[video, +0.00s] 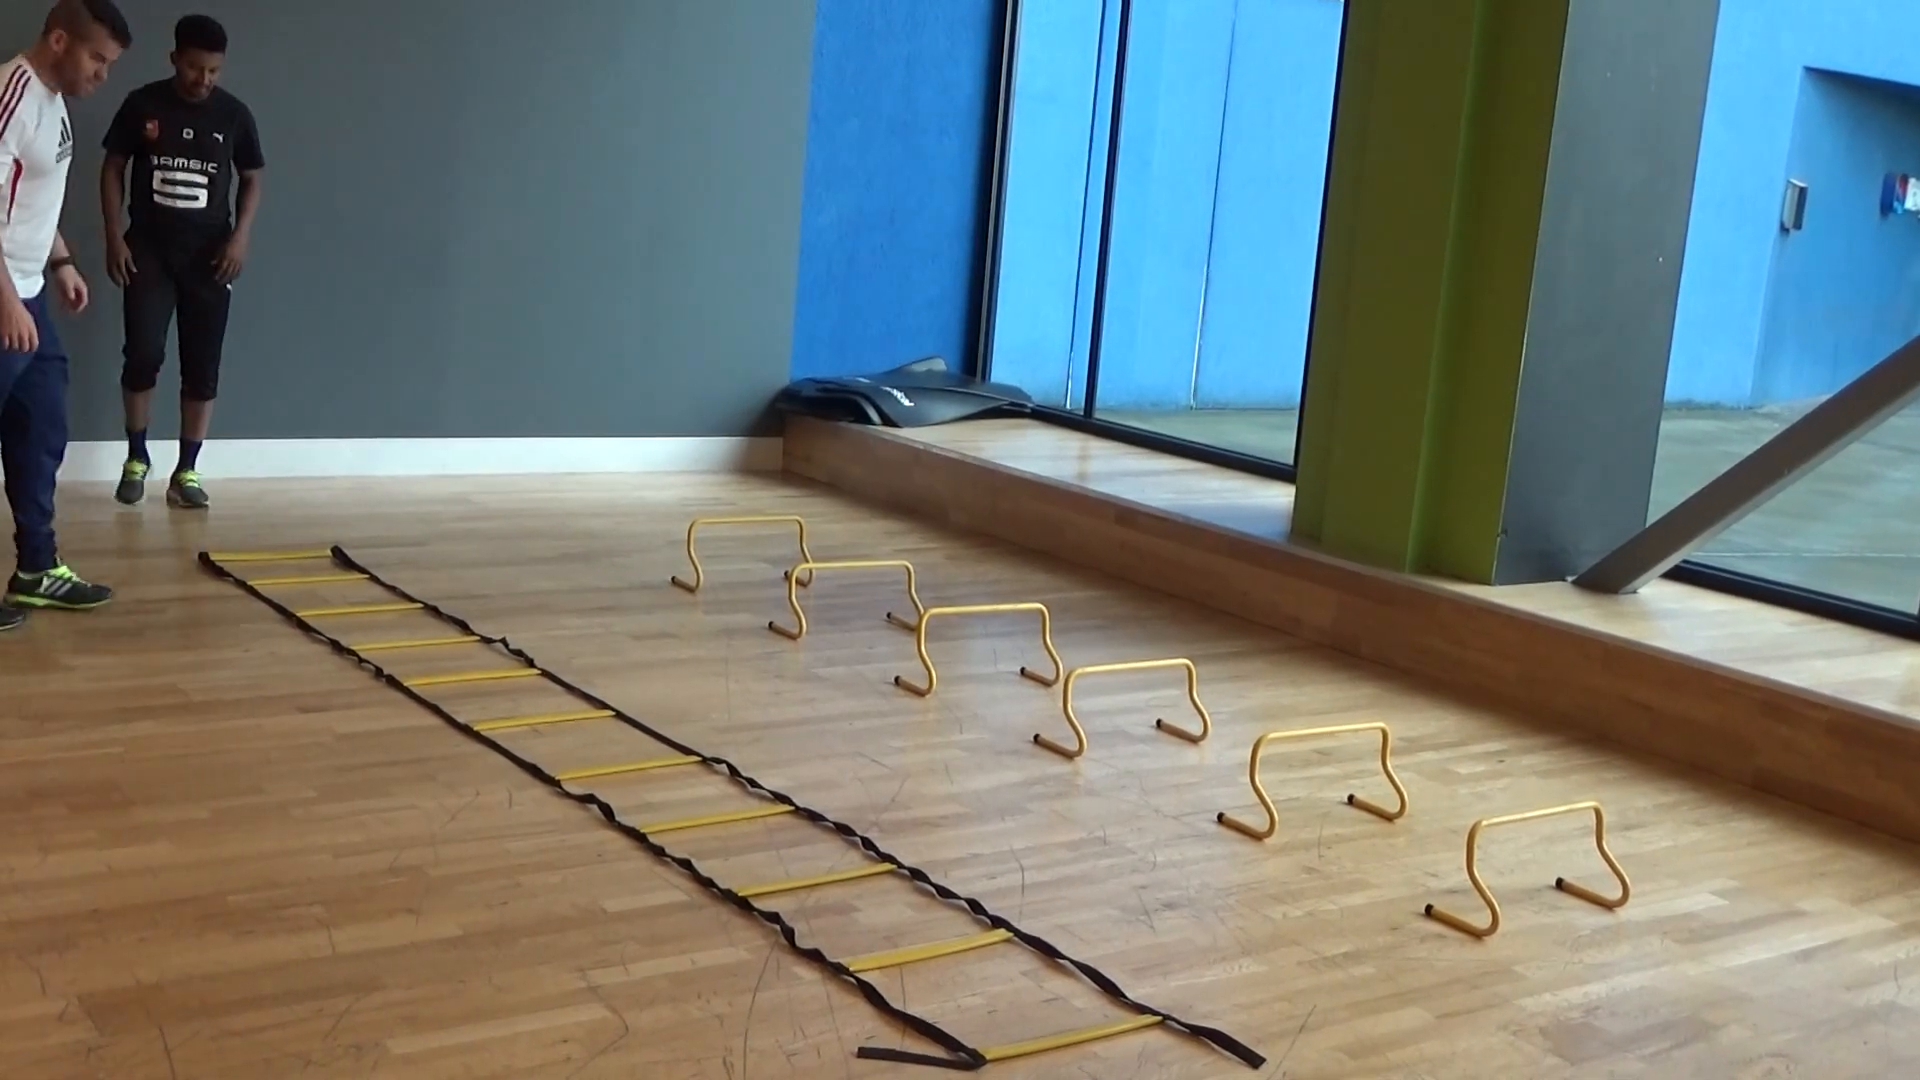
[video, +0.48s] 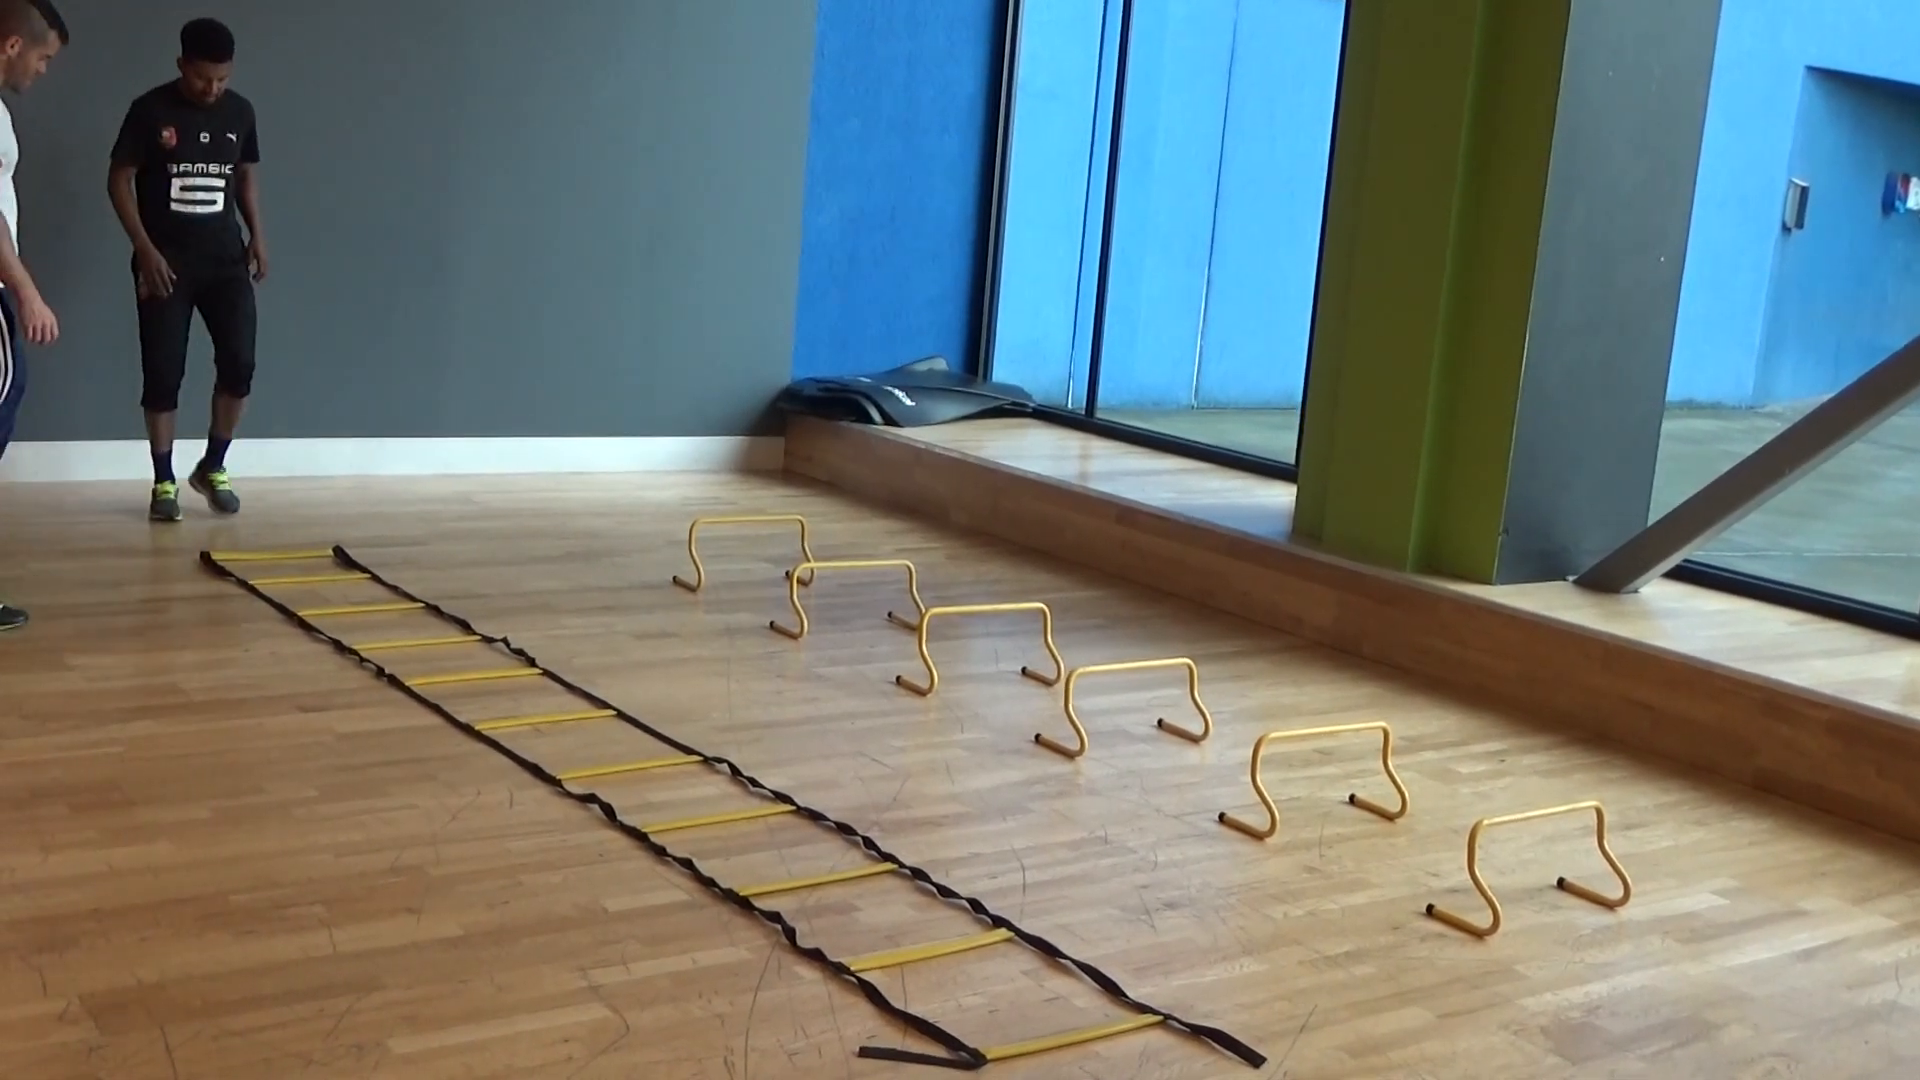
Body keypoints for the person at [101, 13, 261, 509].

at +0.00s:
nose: (205, 79)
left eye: (214, 70)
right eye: (196, 68)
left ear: (224, 65)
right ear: (175, 59)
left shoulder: (235, 114)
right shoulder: (143, 104)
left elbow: (252, 179)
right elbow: (112, 169)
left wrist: (240, 238)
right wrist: (114, 237)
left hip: (210, 256)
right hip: (149, 252)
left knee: (202, 367)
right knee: (143, 358)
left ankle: (187, 473)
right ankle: (137, 459)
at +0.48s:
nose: (213, 88)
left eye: (222, 78)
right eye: (203, 78)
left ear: (232, 68)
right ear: (182, 64)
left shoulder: (240, 112)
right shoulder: (149, 110)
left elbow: (245, 178)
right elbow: (119, 181)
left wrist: (256, 237)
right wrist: (144, 249)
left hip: (224, 260)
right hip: (164, 262)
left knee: (240, 363)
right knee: (162, 372)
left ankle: (213, 468)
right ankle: (164, 482)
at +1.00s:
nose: (249, 90)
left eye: (259, 80)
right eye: (240, 79)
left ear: (270, 70)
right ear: (221, 63)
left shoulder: (281, 116)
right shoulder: (189, 107)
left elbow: (298, 183)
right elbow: (157, 178)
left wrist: (280, 235)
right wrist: (208, 213)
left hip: (259, 265)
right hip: (197, 261)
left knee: (255, 380)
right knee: (183, 374)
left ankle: (233, 489)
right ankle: (167, 476)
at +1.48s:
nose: (257, 84)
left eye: (267, 75)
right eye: (248, 72)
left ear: (276, 68)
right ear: (227, 59)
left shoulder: (283, 117)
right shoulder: (191, 107)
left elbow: (297, 182)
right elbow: (157, 179)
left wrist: (283, 206)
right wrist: (180, 206)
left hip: (261, 262)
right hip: (200, 259)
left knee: (253, 378)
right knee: (189, 372)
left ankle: (233, 490)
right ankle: (186, 467)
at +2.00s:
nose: (227, 79)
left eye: (237, 70)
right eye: (219, 68)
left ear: (247, 63)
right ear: (198, 58)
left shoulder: (257, 110)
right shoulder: (166, 106)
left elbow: (272, 175)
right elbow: (140, 176)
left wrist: (254, 211)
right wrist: (178, 220)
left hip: (242, 258)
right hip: (180, 257)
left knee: (245, 366)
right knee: (178, 370)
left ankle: (232, 478)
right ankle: (186, 477)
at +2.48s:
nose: (247, 87)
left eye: (256, 78)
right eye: (237, 77)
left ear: (268, 68)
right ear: (218, 64)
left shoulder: (280, 116)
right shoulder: (188, 110)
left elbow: (292, 177)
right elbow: (159, 176)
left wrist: (285, 224)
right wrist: (190, 225)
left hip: (257, 262)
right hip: (200, 258)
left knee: (250, 371)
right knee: (198, 367)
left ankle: (235, 477)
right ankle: (189, 473)